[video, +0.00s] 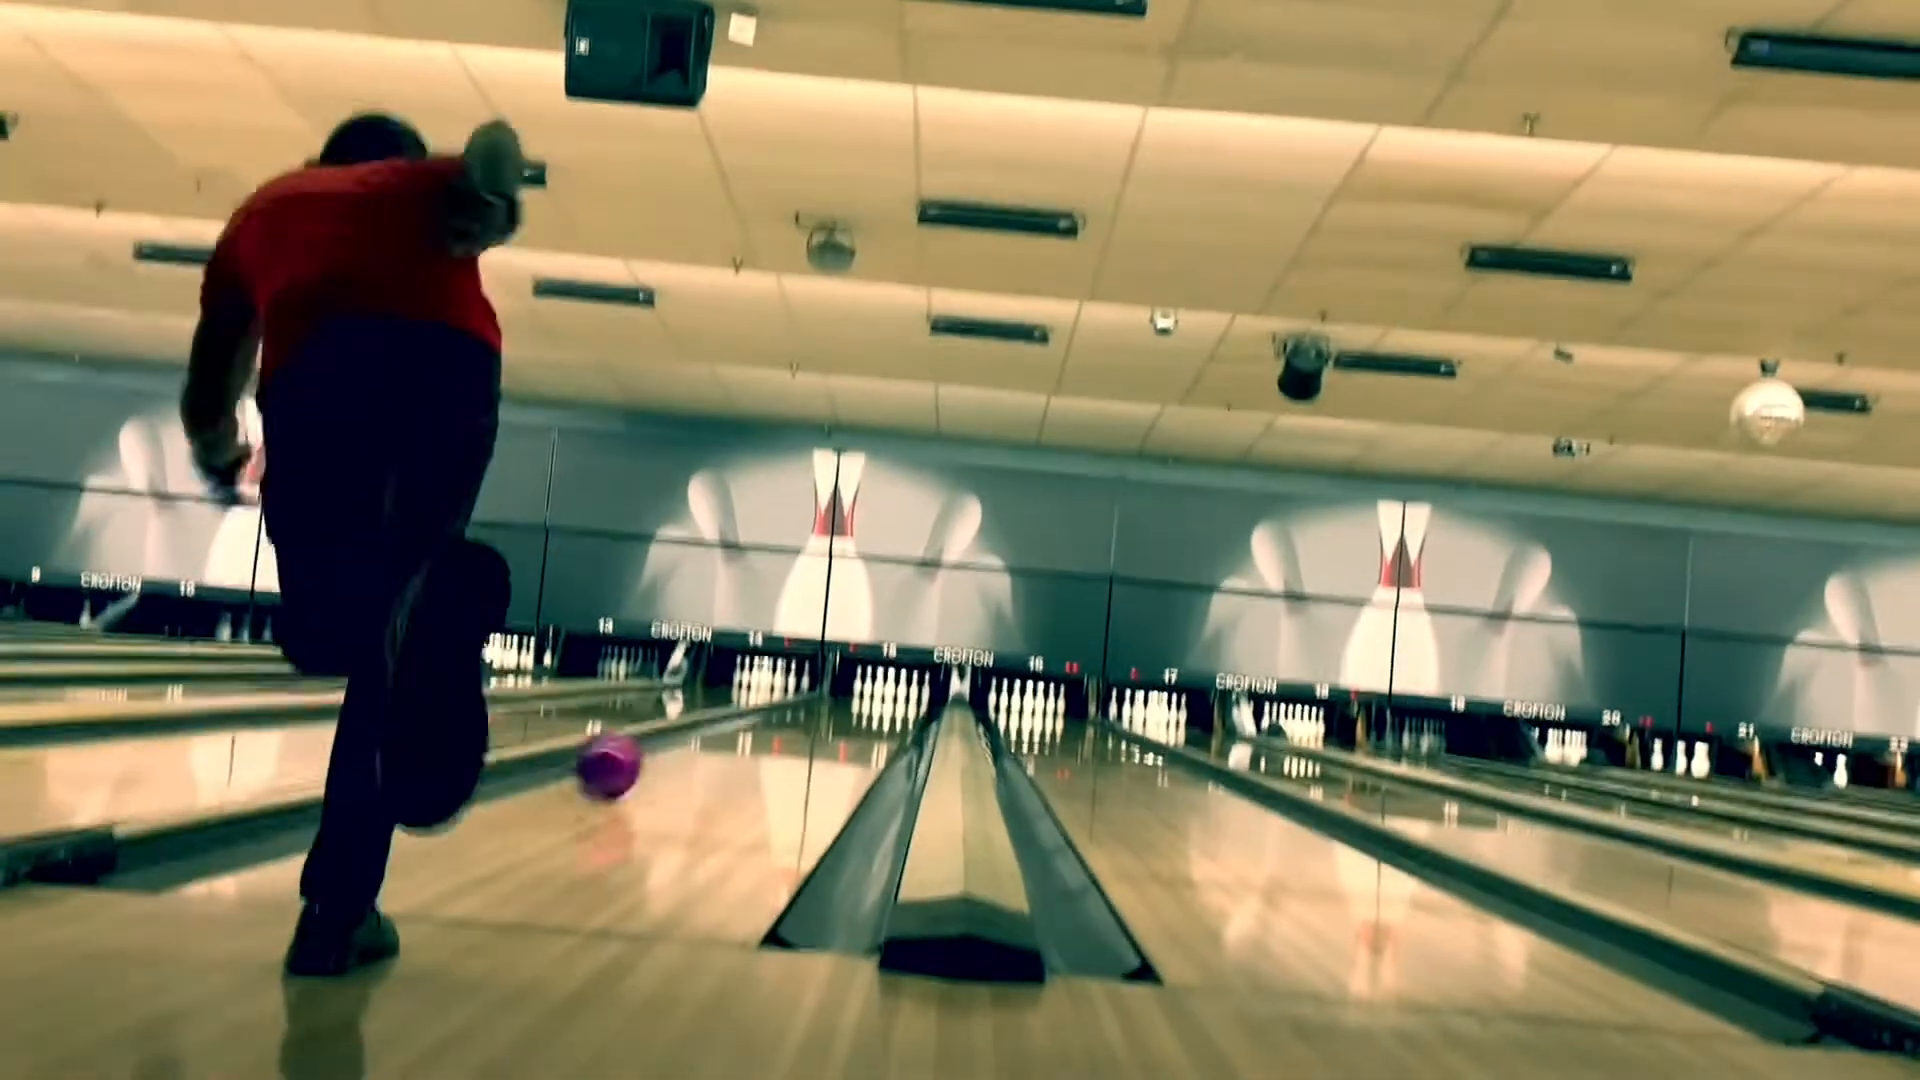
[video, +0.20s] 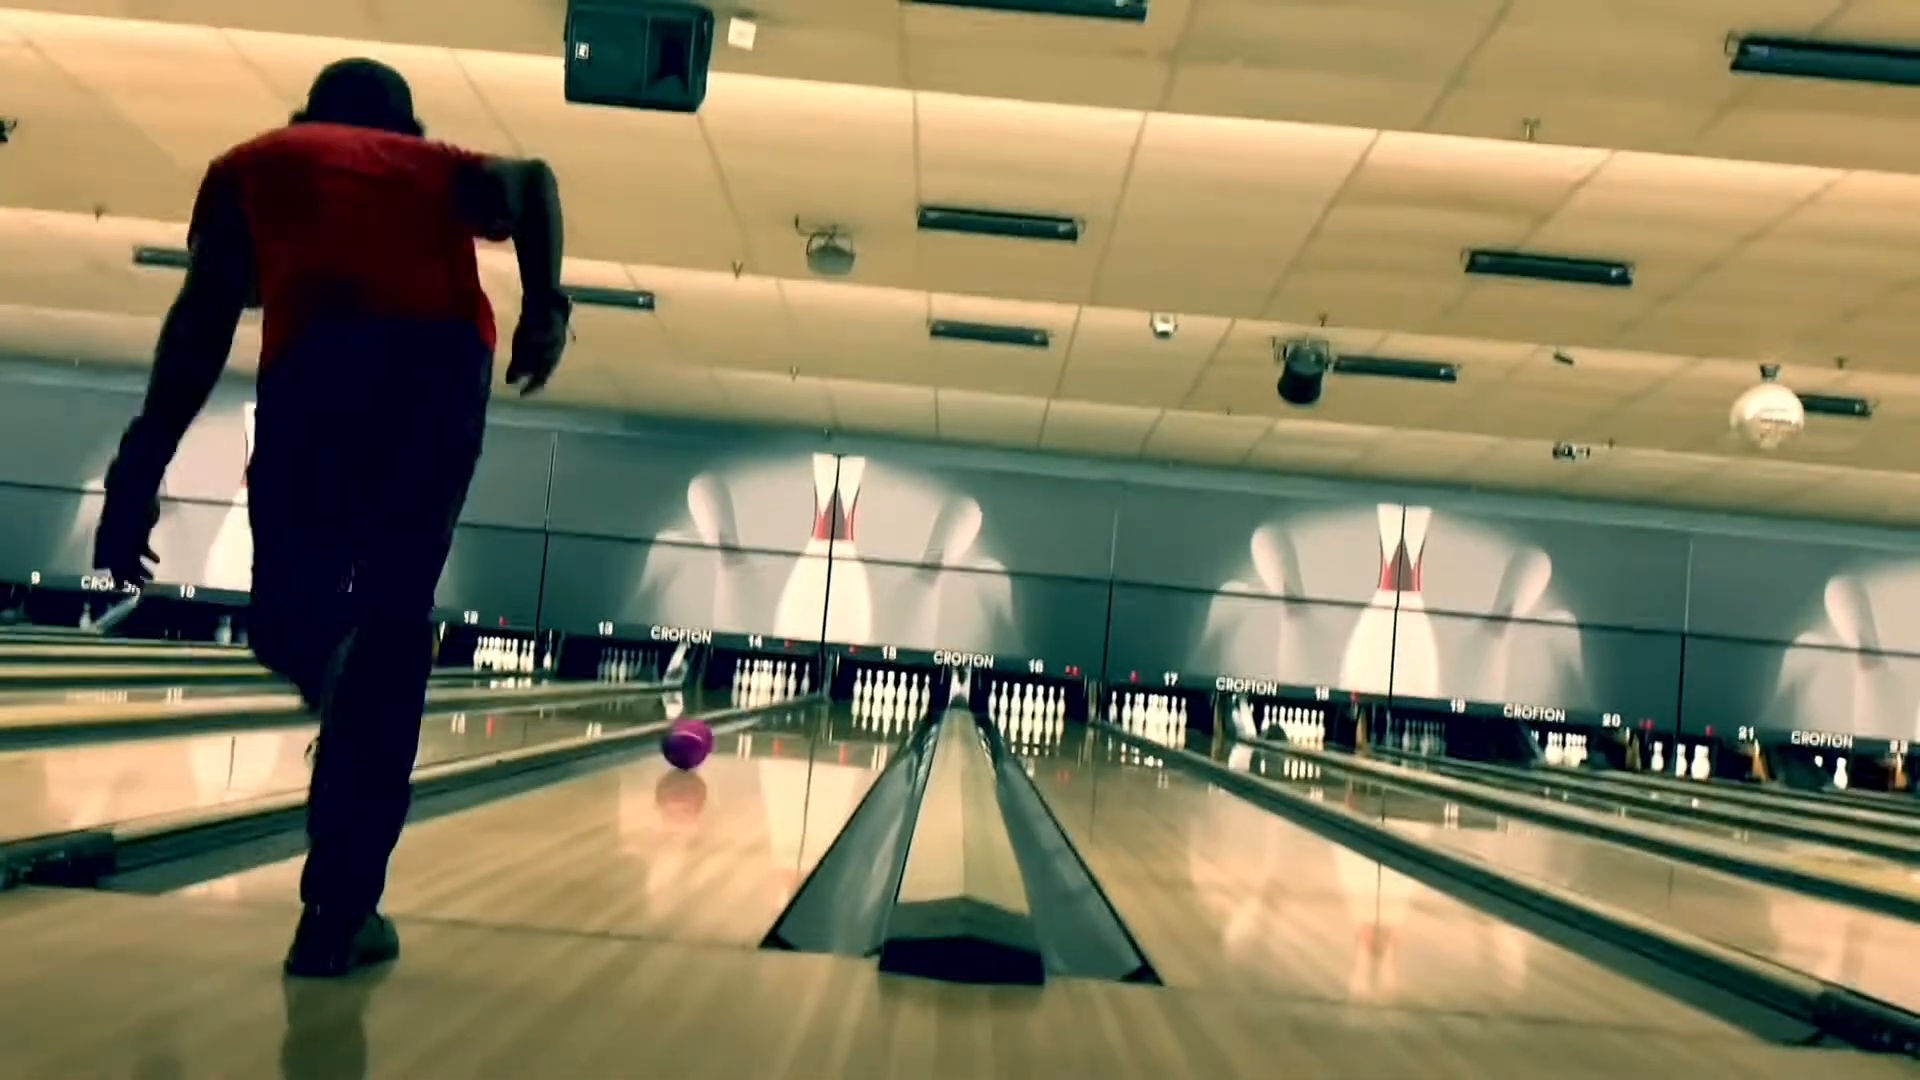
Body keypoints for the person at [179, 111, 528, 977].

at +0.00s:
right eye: (410, 157)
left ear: (327, 160)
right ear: (412, 157)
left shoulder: (266, 209)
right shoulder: (436, 181)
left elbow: (209, 386)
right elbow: (490, 151)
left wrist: (222, 452)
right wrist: (493, 196)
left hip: (321, 374)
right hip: (448, 366)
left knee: (314, 632)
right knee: (392, 647)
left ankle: (428, 609)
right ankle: (334, 916)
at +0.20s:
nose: (411, 133)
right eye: (410, 121)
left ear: (309, 111)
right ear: (403, 120)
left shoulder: (250, 166)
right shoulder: (436, 160)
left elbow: (197, 334)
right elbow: (532, 180)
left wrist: (139, 470)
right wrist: (544, 310)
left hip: (315, 381)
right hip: (441, 377)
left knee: (287, 617)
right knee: (392, 646)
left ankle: (340, 678)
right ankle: (334, 921)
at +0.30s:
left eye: (291, 76)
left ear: (295, 82)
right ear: (391, 96)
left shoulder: (250, 128)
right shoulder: (434, 146)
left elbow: (188, 279)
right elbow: (531, 187)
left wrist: (118, 410)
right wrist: (540, 317)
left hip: (306, 375)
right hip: (433, 379)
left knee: (253, 606)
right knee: (386, 635)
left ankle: (296, 767)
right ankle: (338, 913)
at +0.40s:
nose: (268, 58)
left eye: (274, 46)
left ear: (280, 53)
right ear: (374, 67)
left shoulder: (240, 100)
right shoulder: (423, 134)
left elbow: (170, 245)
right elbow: (525, 189)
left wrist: (89, 378)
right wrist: (524, 345)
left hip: (286, 368)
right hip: (419, 377)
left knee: (206, 614)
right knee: (381, 640)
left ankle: (207, 883)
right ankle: (337, 918)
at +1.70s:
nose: (434, 20)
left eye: (427, 14)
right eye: (435, 12)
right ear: (420, 5)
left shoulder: (231, 56)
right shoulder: (443, 85)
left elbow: (167, 216)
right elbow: (446, 230)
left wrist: (231, 312)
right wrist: (437, 371)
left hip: (208, 367)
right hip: (340, 381)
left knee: (141, 623)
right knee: (320, 651)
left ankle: (79, 899)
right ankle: (263, 910)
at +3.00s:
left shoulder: (144, 11)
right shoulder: (350, 11)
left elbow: (89, 188)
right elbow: (346, 177)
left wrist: (167, 288)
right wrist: (365, 331)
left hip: (130, 347)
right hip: (263, 357)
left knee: (82, 618)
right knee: (284, 638)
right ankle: (267, 904)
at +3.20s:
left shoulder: (64, 5)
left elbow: (19, 141)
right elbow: (233, 87)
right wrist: (246, 288)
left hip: (42, 295)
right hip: (177, 304)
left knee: (12, 613)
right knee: (218, 606)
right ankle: (215, 897)